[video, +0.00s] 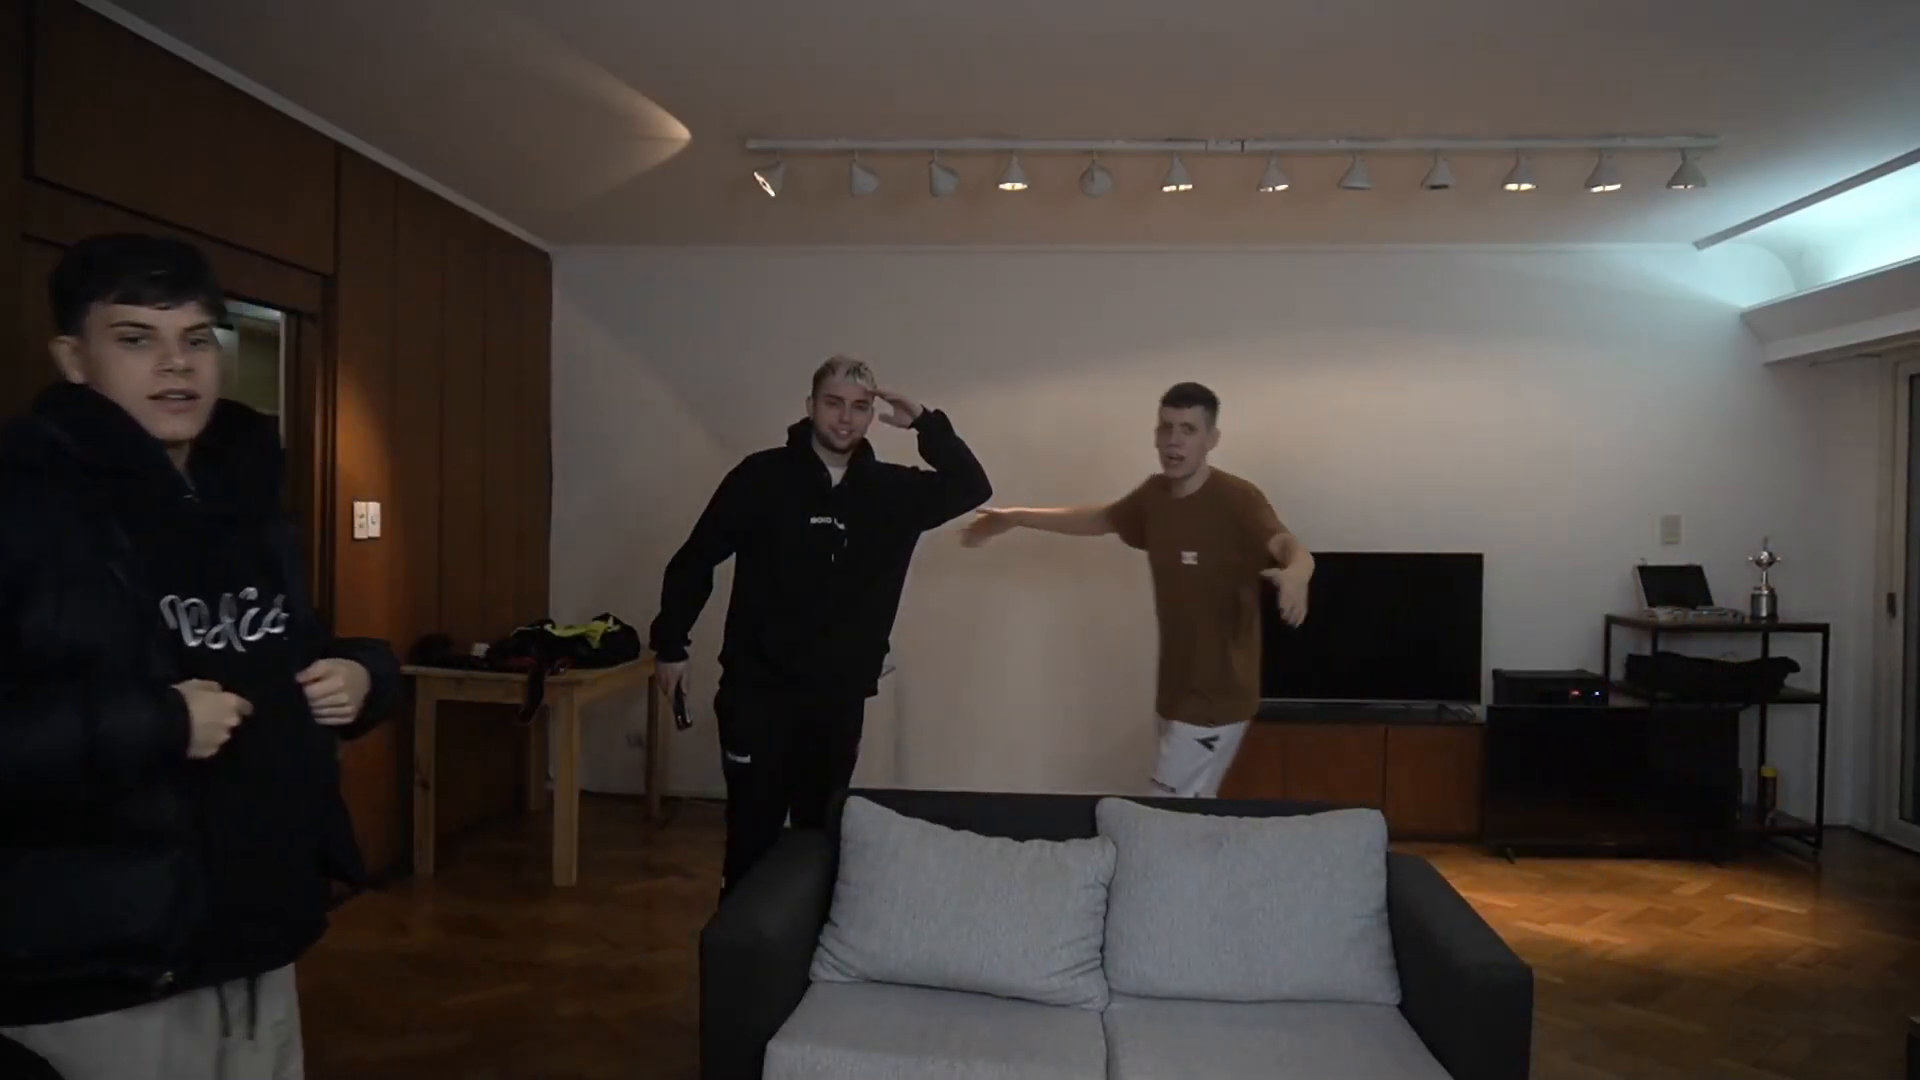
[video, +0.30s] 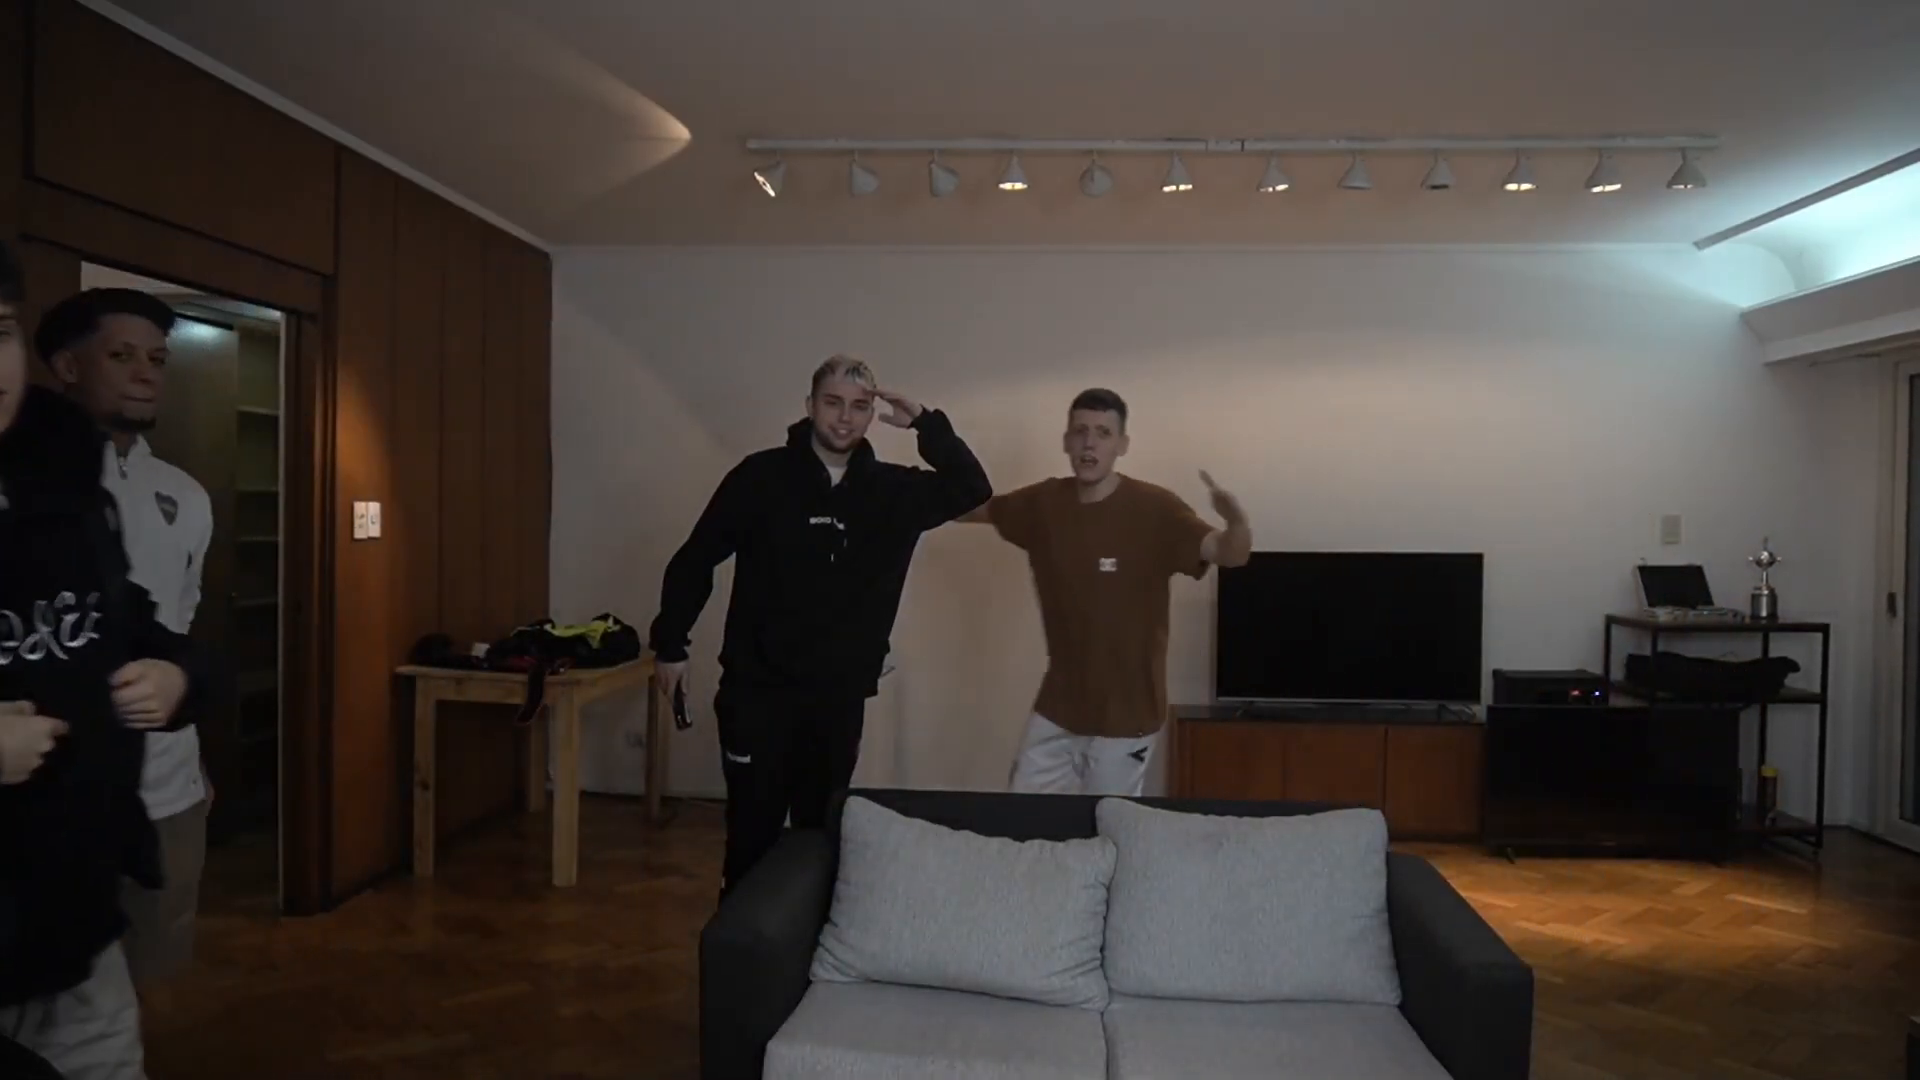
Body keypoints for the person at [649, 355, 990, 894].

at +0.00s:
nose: (845, 417)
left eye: (859, 407)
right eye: (834, 403)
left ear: (872, 416)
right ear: (810, 406)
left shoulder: (895, 493)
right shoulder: (761, 478)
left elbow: (971, 487)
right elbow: (693, 563)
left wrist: (926, 422)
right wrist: (670, 648)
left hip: (838, 695)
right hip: (758, 688)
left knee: (821, 833)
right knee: (754, 834)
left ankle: (813, 956)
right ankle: (740, 958)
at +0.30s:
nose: (844, 417)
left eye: (858, 406)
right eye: (833, 402)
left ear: (872, 416)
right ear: (810, 406)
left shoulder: (896, 492)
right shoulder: (761, 478)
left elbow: (971, 488)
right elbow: (694, 562)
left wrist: (927, 423)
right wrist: (670, 648)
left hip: (838, 696)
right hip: (757, 688)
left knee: (821, 833)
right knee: (754, 834)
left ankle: (814, 957)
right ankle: (741, 959)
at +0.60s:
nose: (841, 416)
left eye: (855, 405)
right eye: (830, 402)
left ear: (870, 415)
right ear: (808, 406)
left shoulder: (893, 491)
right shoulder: (760, 478)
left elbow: (970, 489)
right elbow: (693, 563)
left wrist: (924, 422)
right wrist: (670, 649)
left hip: (838, 694)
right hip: (757, 687)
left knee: (821, 832)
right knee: (754, 834)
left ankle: (816, 957)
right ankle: (741, 960)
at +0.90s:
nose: (834, 411)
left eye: (847, 400)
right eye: (821, 398)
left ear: (864, 410)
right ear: (801, 403)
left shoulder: (891, 484)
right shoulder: (758, 473)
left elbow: (966, 479)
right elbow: (700, 559)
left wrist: (913, 409)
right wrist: (671, 648)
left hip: (837, 689)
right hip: (756, 683)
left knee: (819, 829)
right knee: (751, 830)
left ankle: (813, 953)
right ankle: (739, 958)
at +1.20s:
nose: (820, 412)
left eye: (834, 400)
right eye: (807, 399)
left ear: (852, 408)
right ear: (788, 405)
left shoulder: (886, 482)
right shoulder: (751, 476)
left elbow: (963, 482)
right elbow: (695, 563)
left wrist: (910, 415)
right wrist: (669, 649)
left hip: (836, 689)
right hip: (753, 684)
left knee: (820, 830)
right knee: (749, 832)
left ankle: (815, 956)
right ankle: (740, 959)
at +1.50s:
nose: (822, 413)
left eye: (836, 401)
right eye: (810, 400)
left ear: (854, 409)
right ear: (790, 405)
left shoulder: (885, 485)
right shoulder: (750, 477)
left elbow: (962, 487)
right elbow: (688, 560)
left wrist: (911, 417)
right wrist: (655, 643)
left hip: (831, 691)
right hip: (748, 687)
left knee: (817, 834)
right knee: (746, 837)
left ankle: (812, 959)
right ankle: (738, 964)